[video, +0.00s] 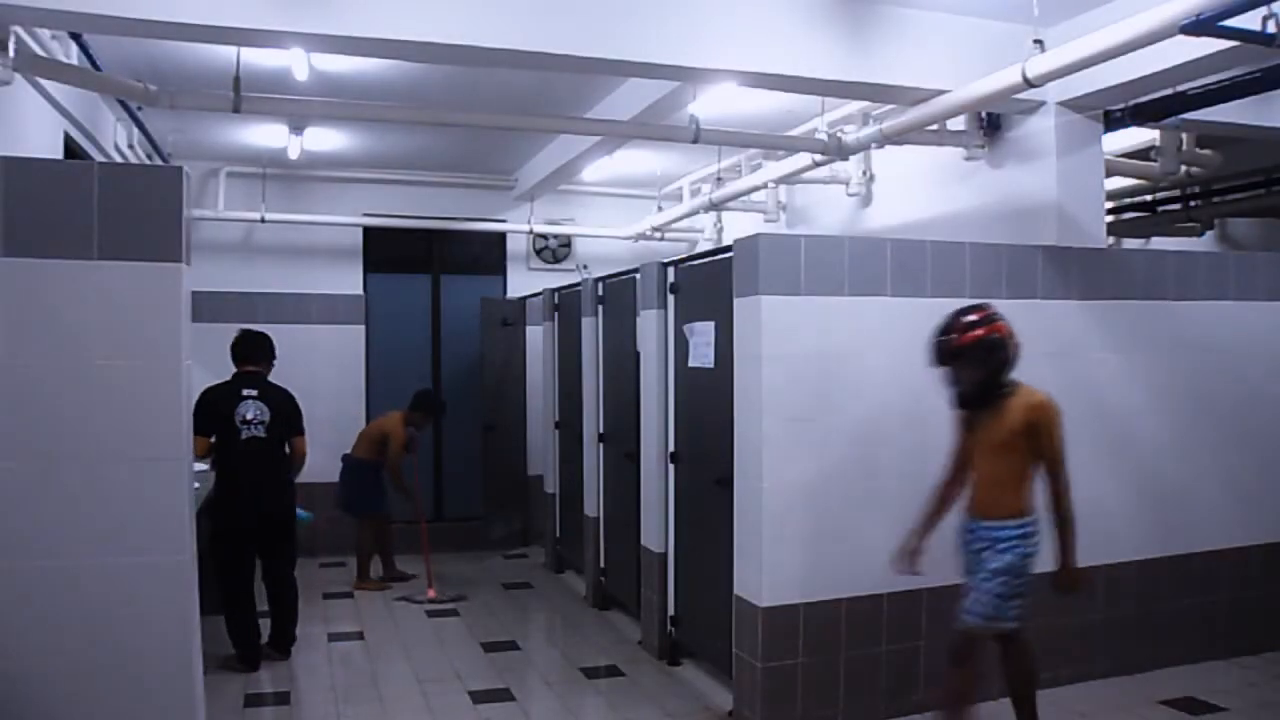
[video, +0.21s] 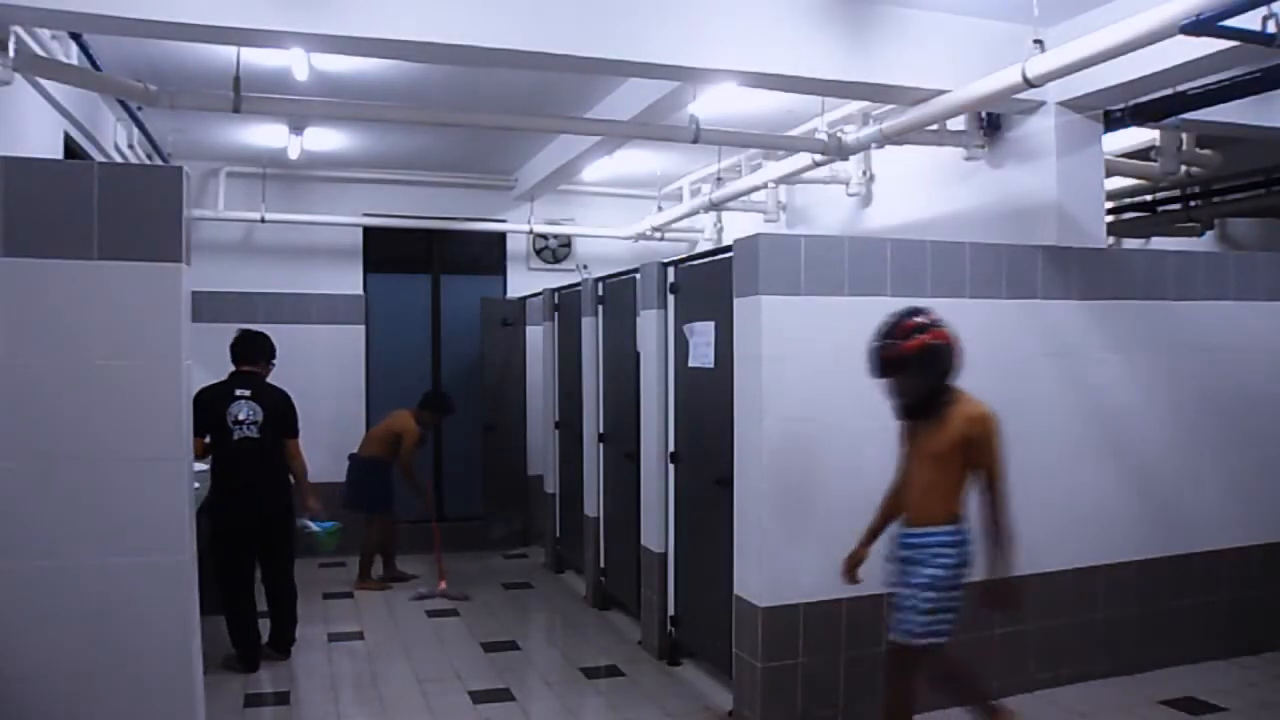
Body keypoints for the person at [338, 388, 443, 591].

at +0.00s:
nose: (425, 425)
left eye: (428, 421)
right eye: (426, 420)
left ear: (414, 410)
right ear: (418, 414)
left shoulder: (395, 420)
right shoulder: (397, 429)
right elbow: (393, 467)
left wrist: (405, 447)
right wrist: (405, 493)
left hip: (370, 468)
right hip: (360, 469)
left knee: (382, 521)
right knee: (367, 524)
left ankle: (389, 569)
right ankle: (363, 577)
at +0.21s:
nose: (435, 423)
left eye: (437, 419)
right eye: (435, 418)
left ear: (422, 408)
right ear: (427, 412)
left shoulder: (401, 417)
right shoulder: (411, 429)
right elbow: (404, 465)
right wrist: (419, 493)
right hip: (372, 468)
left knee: (387, 520)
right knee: (376, 522)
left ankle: (390, 569)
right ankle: (364, 576)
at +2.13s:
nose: (440, 418)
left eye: (442, 414)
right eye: (439, 413)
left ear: (423, 404)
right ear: (432, 410)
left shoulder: (399, 414)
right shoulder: (419, 428)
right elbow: (422, 461)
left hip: (373, 467)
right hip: (386, 473)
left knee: (387, 527)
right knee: (393, 528)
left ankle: (390, 574)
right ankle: (392, 578)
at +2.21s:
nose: (438, 418)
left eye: (440, 412)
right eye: (438, 412)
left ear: (421, 403)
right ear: (431, 409)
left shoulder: (396, 413)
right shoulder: (419, 429)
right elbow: (424, 465)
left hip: (372, 471)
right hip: (388, 479)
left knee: (383, 529)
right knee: (395, 530)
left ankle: (383, 576)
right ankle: (396, 579)